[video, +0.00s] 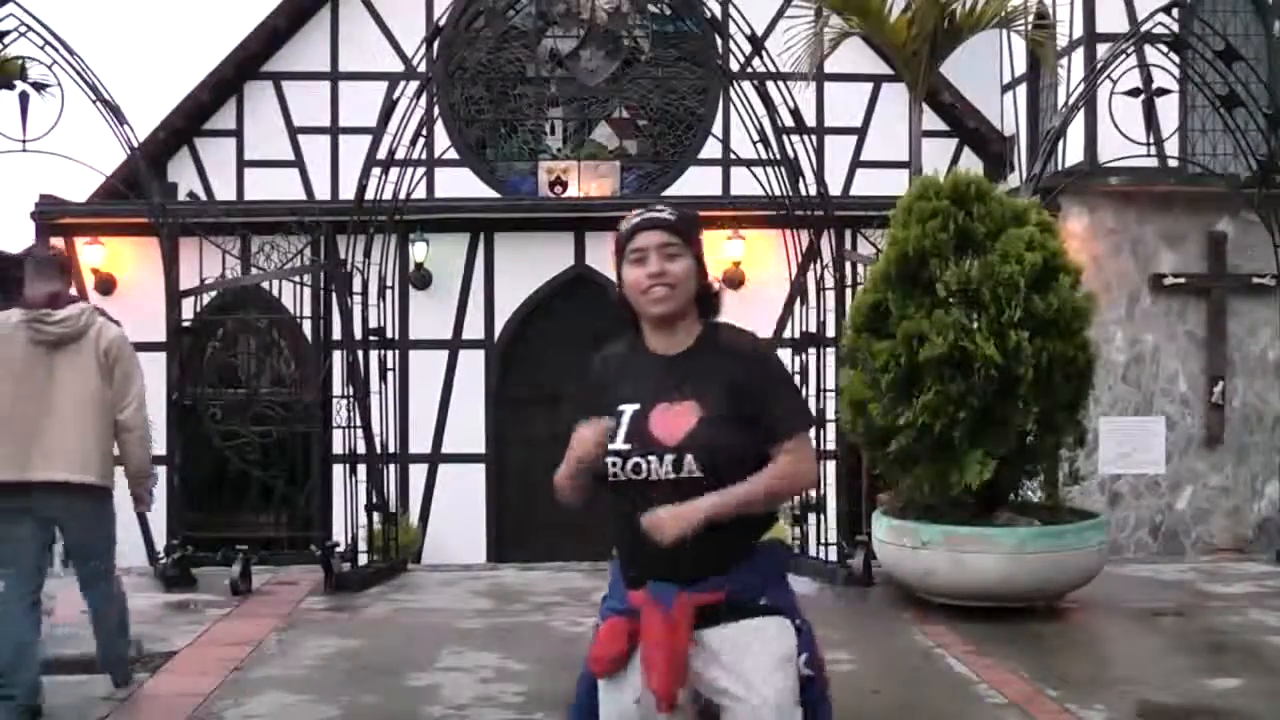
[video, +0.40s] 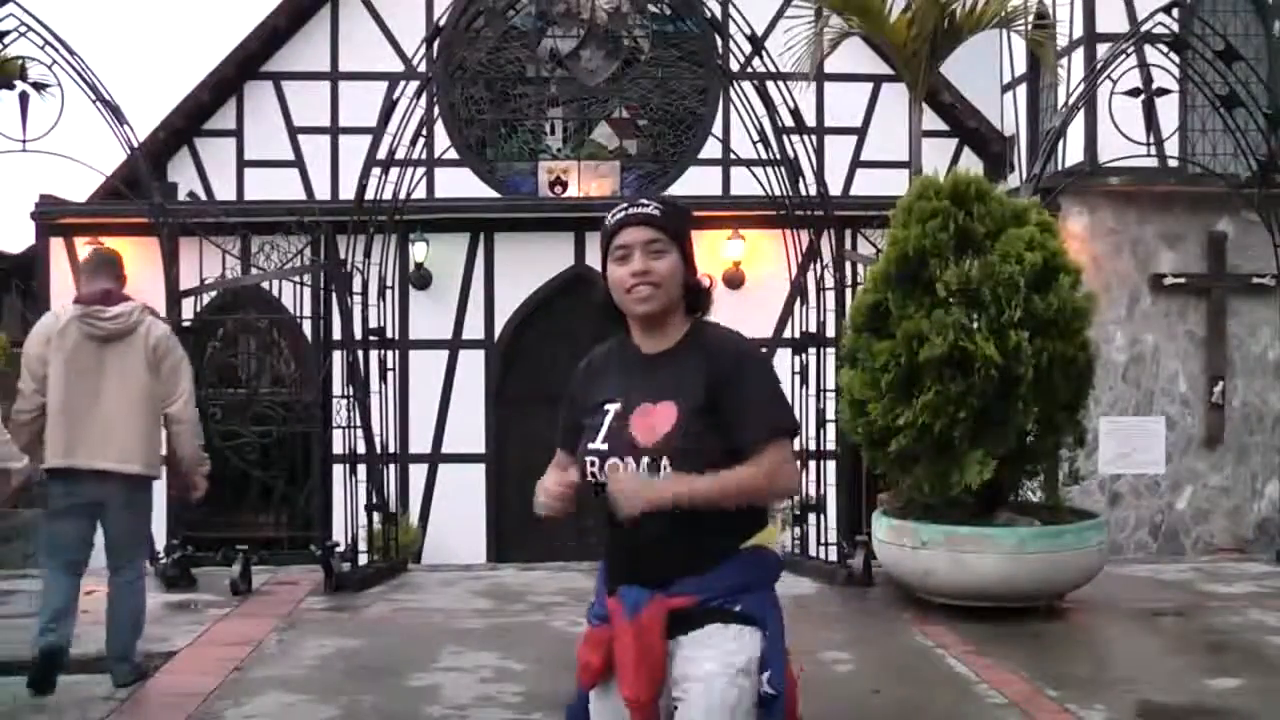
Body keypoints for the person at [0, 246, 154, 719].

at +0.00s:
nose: (36, 297)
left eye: (33, 291)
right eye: (46, 289)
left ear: (24, 289)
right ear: (69, 286)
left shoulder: (5, 331)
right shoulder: (105, 335)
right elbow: (132, 417)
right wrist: (141, 484)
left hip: (13, 482)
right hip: (82, 482)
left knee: (16, 590)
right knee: (99, 575)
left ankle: (16, 703)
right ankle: (119, 671)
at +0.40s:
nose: (87, 291)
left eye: (83, 283)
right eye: (112, 284)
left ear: (79, 283)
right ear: (124, 283)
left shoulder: (50, 330)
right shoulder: (156, 334)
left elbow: (24, 410)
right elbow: (181, 411)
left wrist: (41, 451)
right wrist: (193, 470)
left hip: (68, 471)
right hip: (130, 473)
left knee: (60, 565)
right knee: (127, 570)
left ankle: (51, 641)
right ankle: (123, 667)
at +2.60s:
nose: (106, 306)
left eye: (107, 301)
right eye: (108, 301)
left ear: (108, 300)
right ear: (138, 299)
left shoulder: (87, 340)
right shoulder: (167, 342)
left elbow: (60, 392)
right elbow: (180, 400)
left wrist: (40, 433)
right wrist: (166, 427)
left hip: (101, 449)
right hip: (148, 447)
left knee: (96, 525)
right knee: (145, 529)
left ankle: (91, 596)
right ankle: (145, 608)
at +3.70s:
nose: (76, 310)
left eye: (73, 303)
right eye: (85, 303)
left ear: (69, 303)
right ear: (97, 304)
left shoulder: (48, 342)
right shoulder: (124, 341)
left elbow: (38, 397)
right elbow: (144, 395)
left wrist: (42, 435)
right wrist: (145, 439)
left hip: (72, 443)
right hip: (113, 442)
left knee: (64, 506)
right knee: (103, 516)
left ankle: (78, 556)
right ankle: (91, 585)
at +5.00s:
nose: (102, 316)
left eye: (99, 312)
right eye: (108, 312)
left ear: (89, 314)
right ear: (117, 313)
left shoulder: (66, 343)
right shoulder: (136, 344)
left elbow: (52, 392)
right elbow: (150, 394)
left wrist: (64, 419)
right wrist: (155, 433)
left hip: (82, 430)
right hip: (123, 432)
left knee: (84, 500)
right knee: (135, 493)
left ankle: (84, 569)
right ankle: (144, 556)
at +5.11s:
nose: (112, 317)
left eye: (107, 311)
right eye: (117, 312)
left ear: (96, 312)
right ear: (123, 313)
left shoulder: (71, 344)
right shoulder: (140, 344)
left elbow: (56, 392)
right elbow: (154, 395)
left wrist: (68, 422)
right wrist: (161, 434)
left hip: (89, 432)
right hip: (129, 433)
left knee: (90, 500)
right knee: (139, 497)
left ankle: (84, 567)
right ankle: (148, 558)